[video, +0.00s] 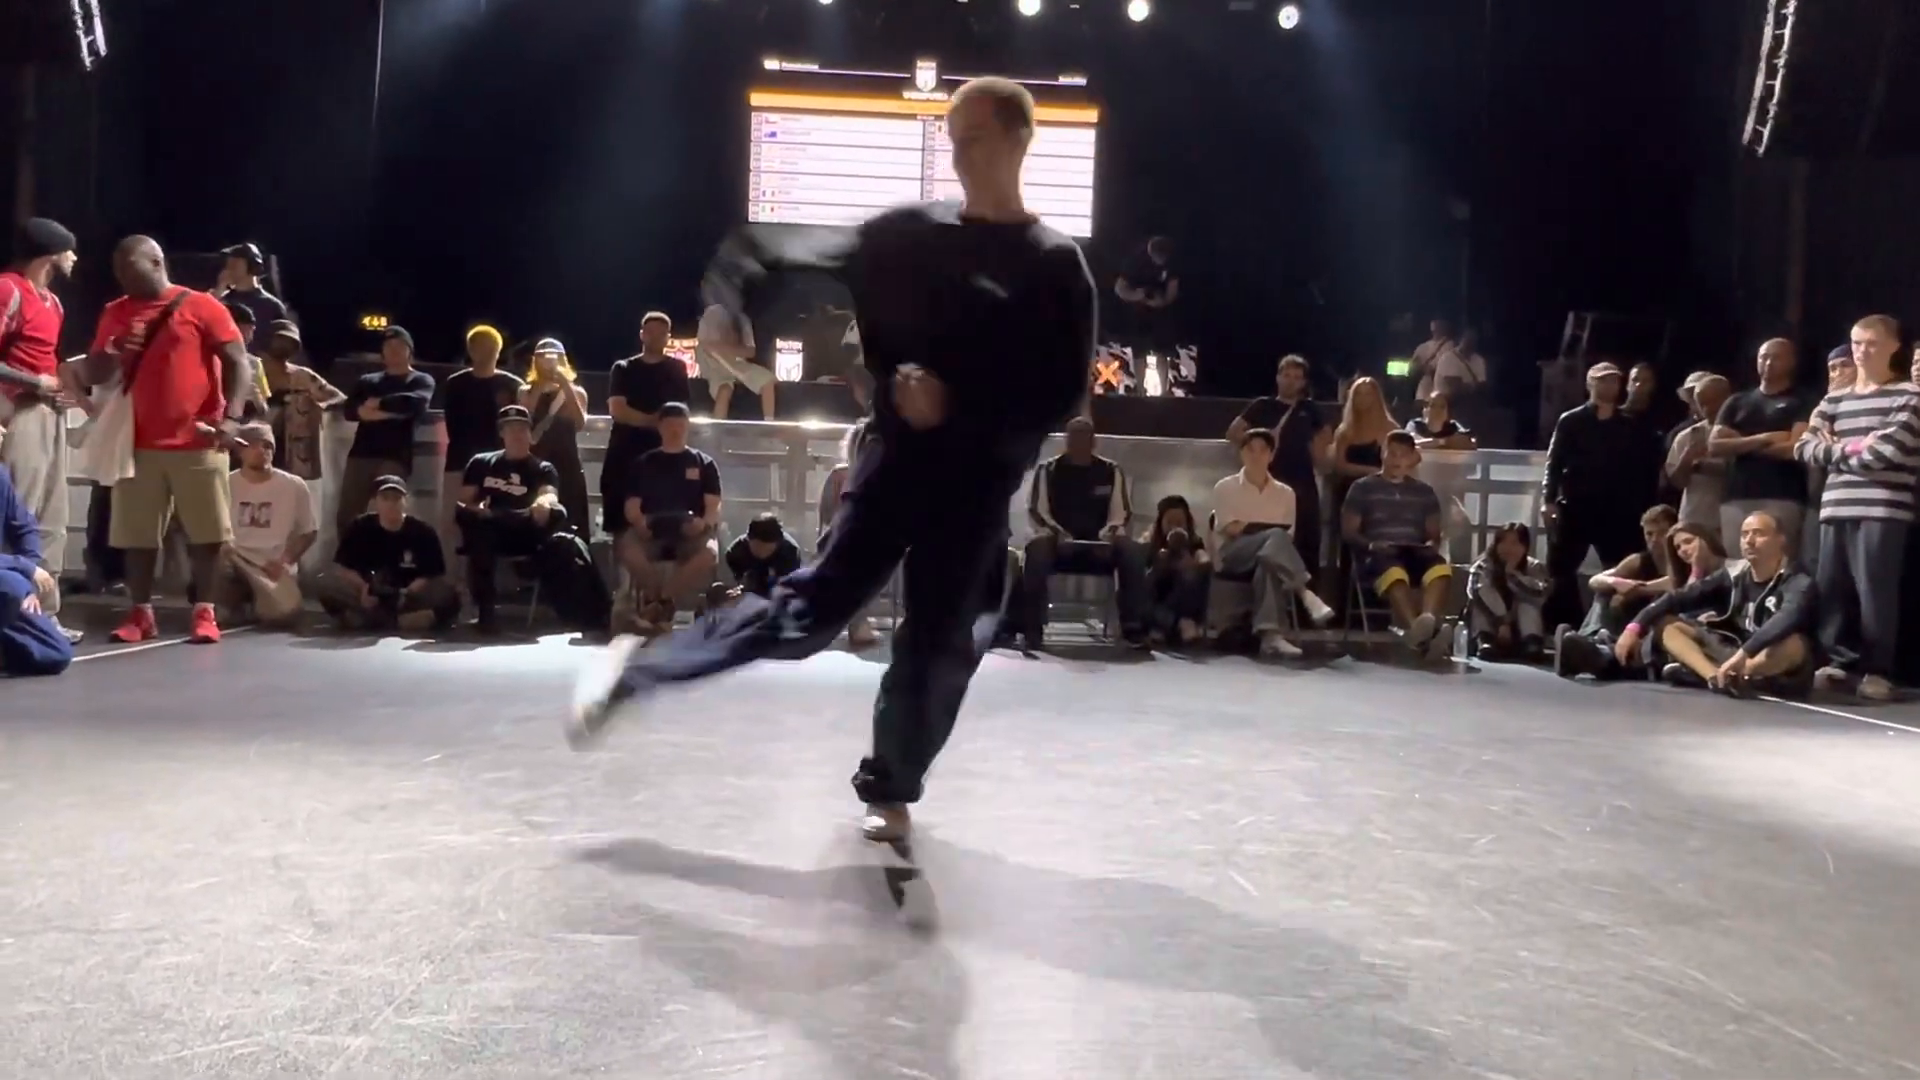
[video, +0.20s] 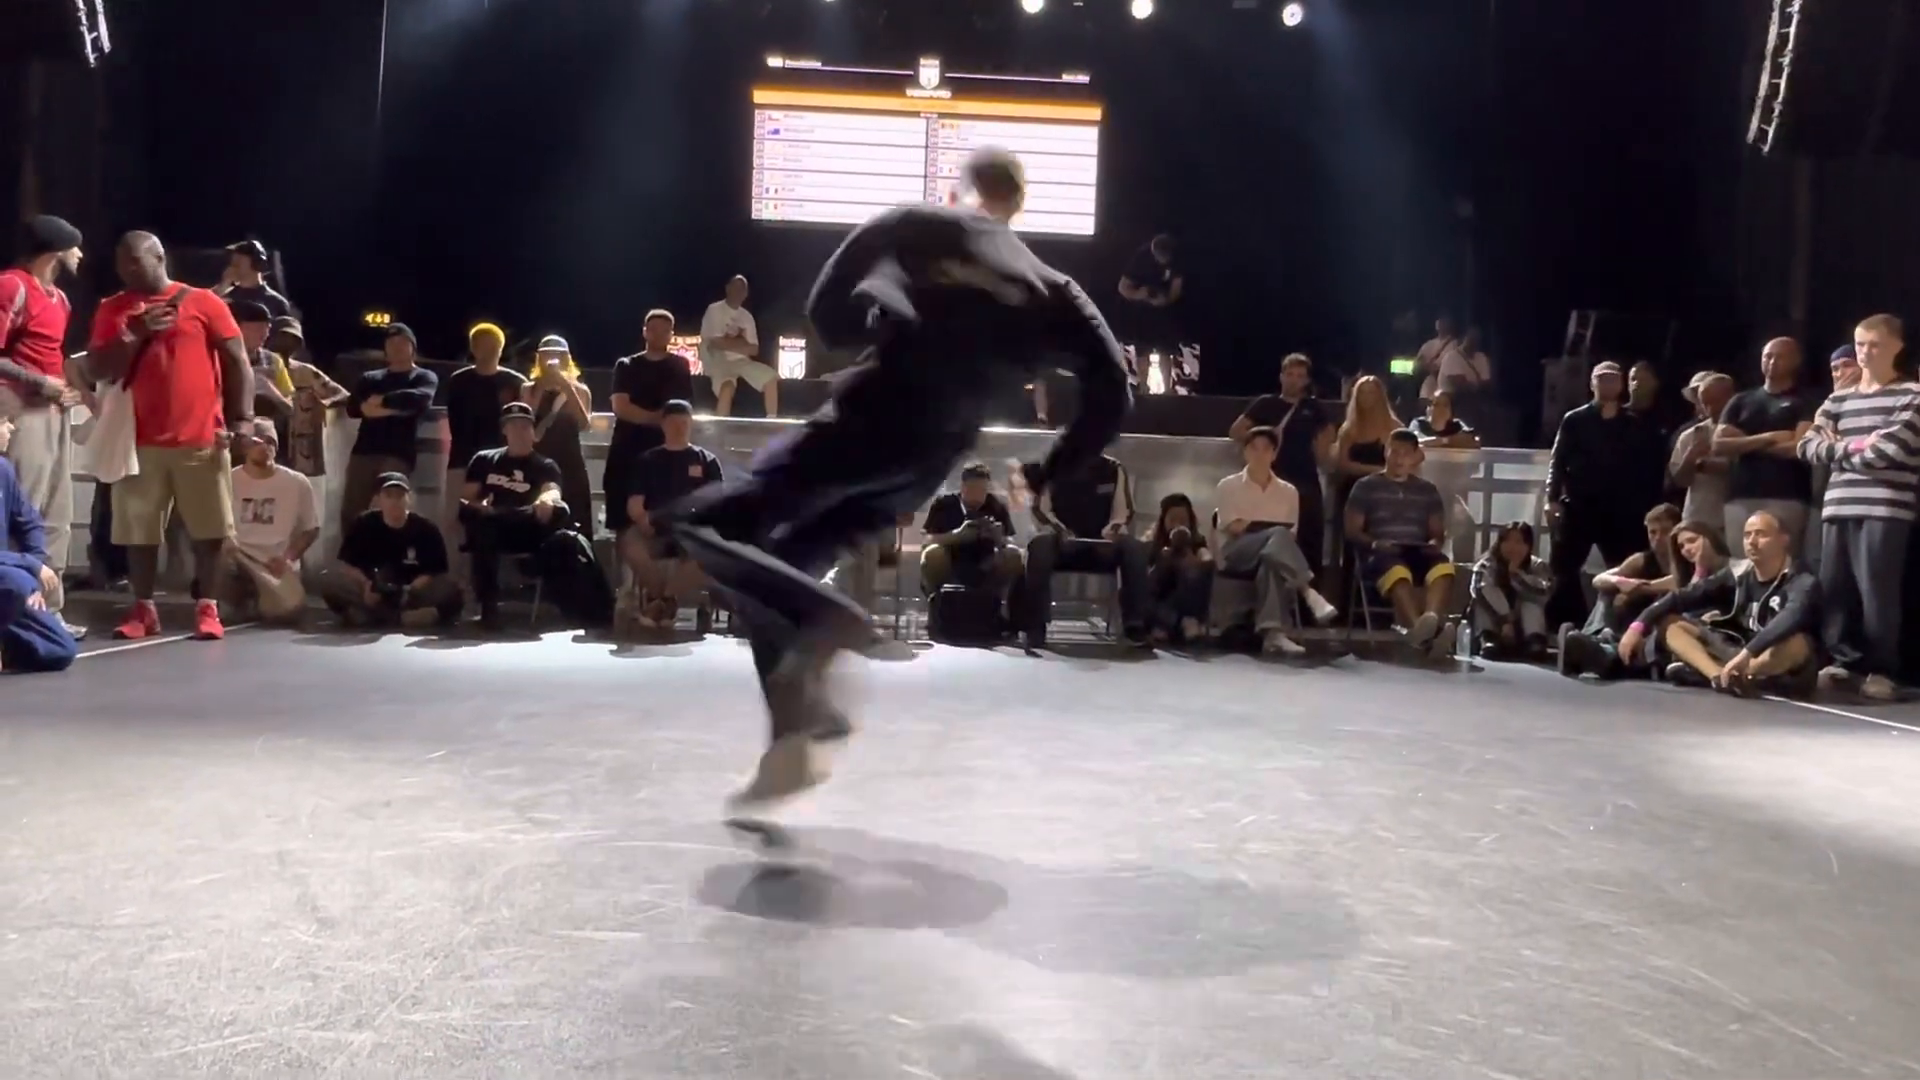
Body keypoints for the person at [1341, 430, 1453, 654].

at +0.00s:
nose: (1396, 460)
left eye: (1402, 455)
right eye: (1391, 453)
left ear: (1414, 460)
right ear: (1383, 455)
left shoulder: (1424, 492)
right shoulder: (1362, 488)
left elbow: (1433, 534)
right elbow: (1349, 531)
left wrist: (1429, 545)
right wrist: (1372, 545)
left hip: (1415, 548)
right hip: (1382, 546)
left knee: (1440, 569)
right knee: (1395, 576)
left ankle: (1425, 628)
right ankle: (1419, 637)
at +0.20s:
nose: (1398, 458)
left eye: (1405, 453)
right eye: (1394, 452)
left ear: (1417, 458)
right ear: (1386, 454)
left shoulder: (1428, 490)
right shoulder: (1366, 487)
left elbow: (1437, 533)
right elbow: (1352, 530)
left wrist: (1433, 544)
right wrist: (1375, 544)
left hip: (1418, 547)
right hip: (1385, 545)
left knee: (1444, 569)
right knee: (1399, 575)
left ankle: (1429, 625)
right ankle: (1421, 635)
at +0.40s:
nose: (1401, 457)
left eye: (1408, 452)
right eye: (1397, 451)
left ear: (1420, 457)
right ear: (1389, 453)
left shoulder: (1430, 489)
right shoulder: (1368, 485)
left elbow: (1440, 531)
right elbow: (1355, 528)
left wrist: (1437, 542)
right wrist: (1379, 542)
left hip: (1421, 546)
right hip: (1388, 544)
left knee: (1446, 568)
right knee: (1402, 575)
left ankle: (1432, 623)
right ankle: (1425, 634)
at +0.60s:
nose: (1403, 455)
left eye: (1410, 450)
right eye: (1399, 449)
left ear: (1423, 455)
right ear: (1391, 451)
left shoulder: (1432, 487)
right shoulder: (1370, 484)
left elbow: (1442, 530)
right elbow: (1356, 527)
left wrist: (1438, 542)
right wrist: (1380, 541)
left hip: (1423, 545)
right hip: (1389, 544)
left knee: (1448, 566)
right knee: (1403, 573)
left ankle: (1433, 623)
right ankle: (1427, 632)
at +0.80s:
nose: (1406, 455)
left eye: (1413, 450)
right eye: (1401, 449)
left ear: (1423, 455)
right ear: (1392, 451)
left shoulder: (1435, 486)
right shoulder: (1372, 482)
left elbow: (1444, 530)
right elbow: (1359, 526)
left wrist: (1441, 542)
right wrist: (1382, 540)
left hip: (1426, 545)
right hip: (1392, 543)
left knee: (1451, 566)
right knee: (1406, 573)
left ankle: (1435, 622)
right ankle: (1431, 634)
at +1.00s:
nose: (1409, 454)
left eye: (1415, 449)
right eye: (1404, 448)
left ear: (1426, 455)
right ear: (1395, 450)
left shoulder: (1437, 485)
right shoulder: (1375, 481)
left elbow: (1447, 529)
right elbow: (1361, 523)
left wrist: (1444, 541)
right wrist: (1384, 539)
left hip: (1429, 544)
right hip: (1395, 542)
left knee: (1453, 566)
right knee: (1408, 573)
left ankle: (1435, 622)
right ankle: (1431, 633)